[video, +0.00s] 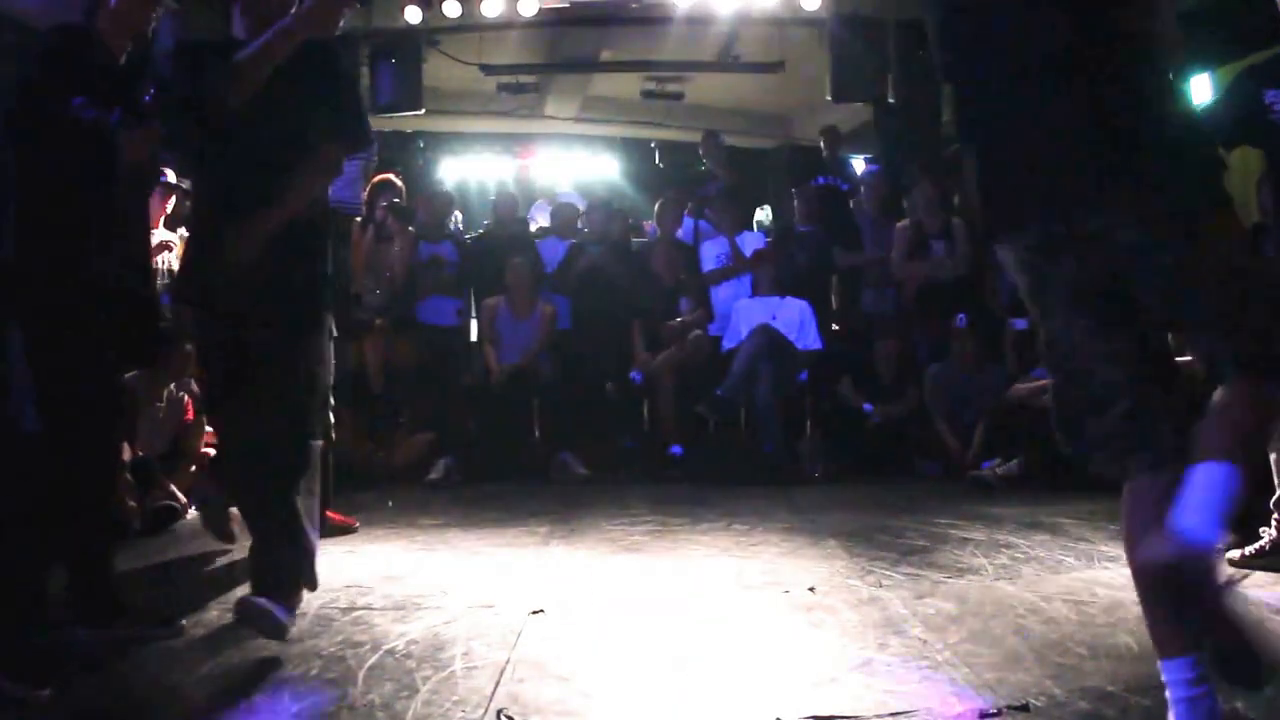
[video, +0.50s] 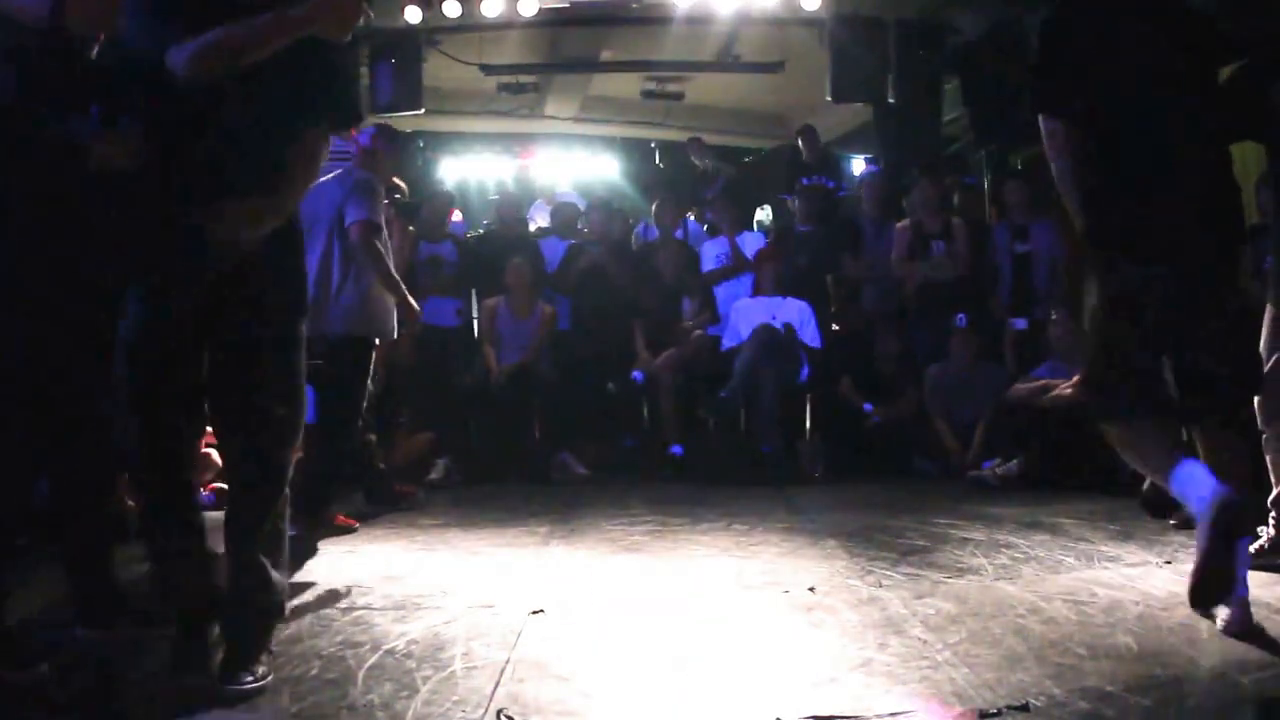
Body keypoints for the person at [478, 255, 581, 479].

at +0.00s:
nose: (516, 279)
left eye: (521, 274)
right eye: (512, 273)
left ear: (532, 277)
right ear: (505, 277)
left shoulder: (545, 311)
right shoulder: (491, 307)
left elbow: (541, 345)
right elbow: (487, 341)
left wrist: (519, 366)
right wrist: (495, 368)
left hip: (531, 371)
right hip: (501, 371)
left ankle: (559, 452)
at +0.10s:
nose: (517, 279)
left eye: (522, 273)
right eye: (513, 273)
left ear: (533, 277)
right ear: (506, 277)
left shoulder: (545, 312)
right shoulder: (491, 307)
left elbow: (540, 346)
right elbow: (487, 341)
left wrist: (518, 366)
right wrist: (495, 368)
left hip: (531, 370)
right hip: (501, 370)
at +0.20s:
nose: (518, 279)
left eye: (523, 273)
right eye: (514, 273)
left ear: (533, 276)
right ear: (506, 277)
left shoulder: (545, 312)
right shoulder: (491, 307)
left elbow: (540, 346)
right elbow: (487, 341)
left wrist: (517, 366)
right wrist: (494, 367)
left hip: (533, 369)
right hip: (502, 371)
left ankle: (558, 452)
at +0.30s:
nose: (516, 279)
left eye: (522, 273)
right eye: (512, 273)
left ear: (532, 277)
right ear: (506, 277)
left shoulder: (545, 312)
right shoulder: (491, 307)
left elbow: (537, 348)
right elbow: (486, 341)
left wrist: (515, 367)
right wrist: (495, 368)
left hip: (528, 369)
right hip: (499, 370)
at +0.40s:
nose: (515, 279)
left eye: (521, 273)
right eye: (511, 273)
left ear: (531, 277)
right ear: (505, 277)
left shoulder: (545, 312)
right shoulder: (491, 307)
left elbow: (538, 347)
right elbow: (486, 341)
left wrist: (517, 366)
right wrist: (495, 369)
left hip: (529, 371)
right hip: (499, 372)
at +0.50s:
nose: (516, 279)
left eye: (521, 274)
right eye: (512, 273)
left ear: (531, 278)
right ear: (505, 277)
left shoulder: (545, 312)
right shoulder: (491, 307)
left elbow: (538, 349)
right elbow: (486, 341)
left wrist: (513, 367)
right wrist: (494, 369)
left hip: (528, 370)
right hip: (499, 371)